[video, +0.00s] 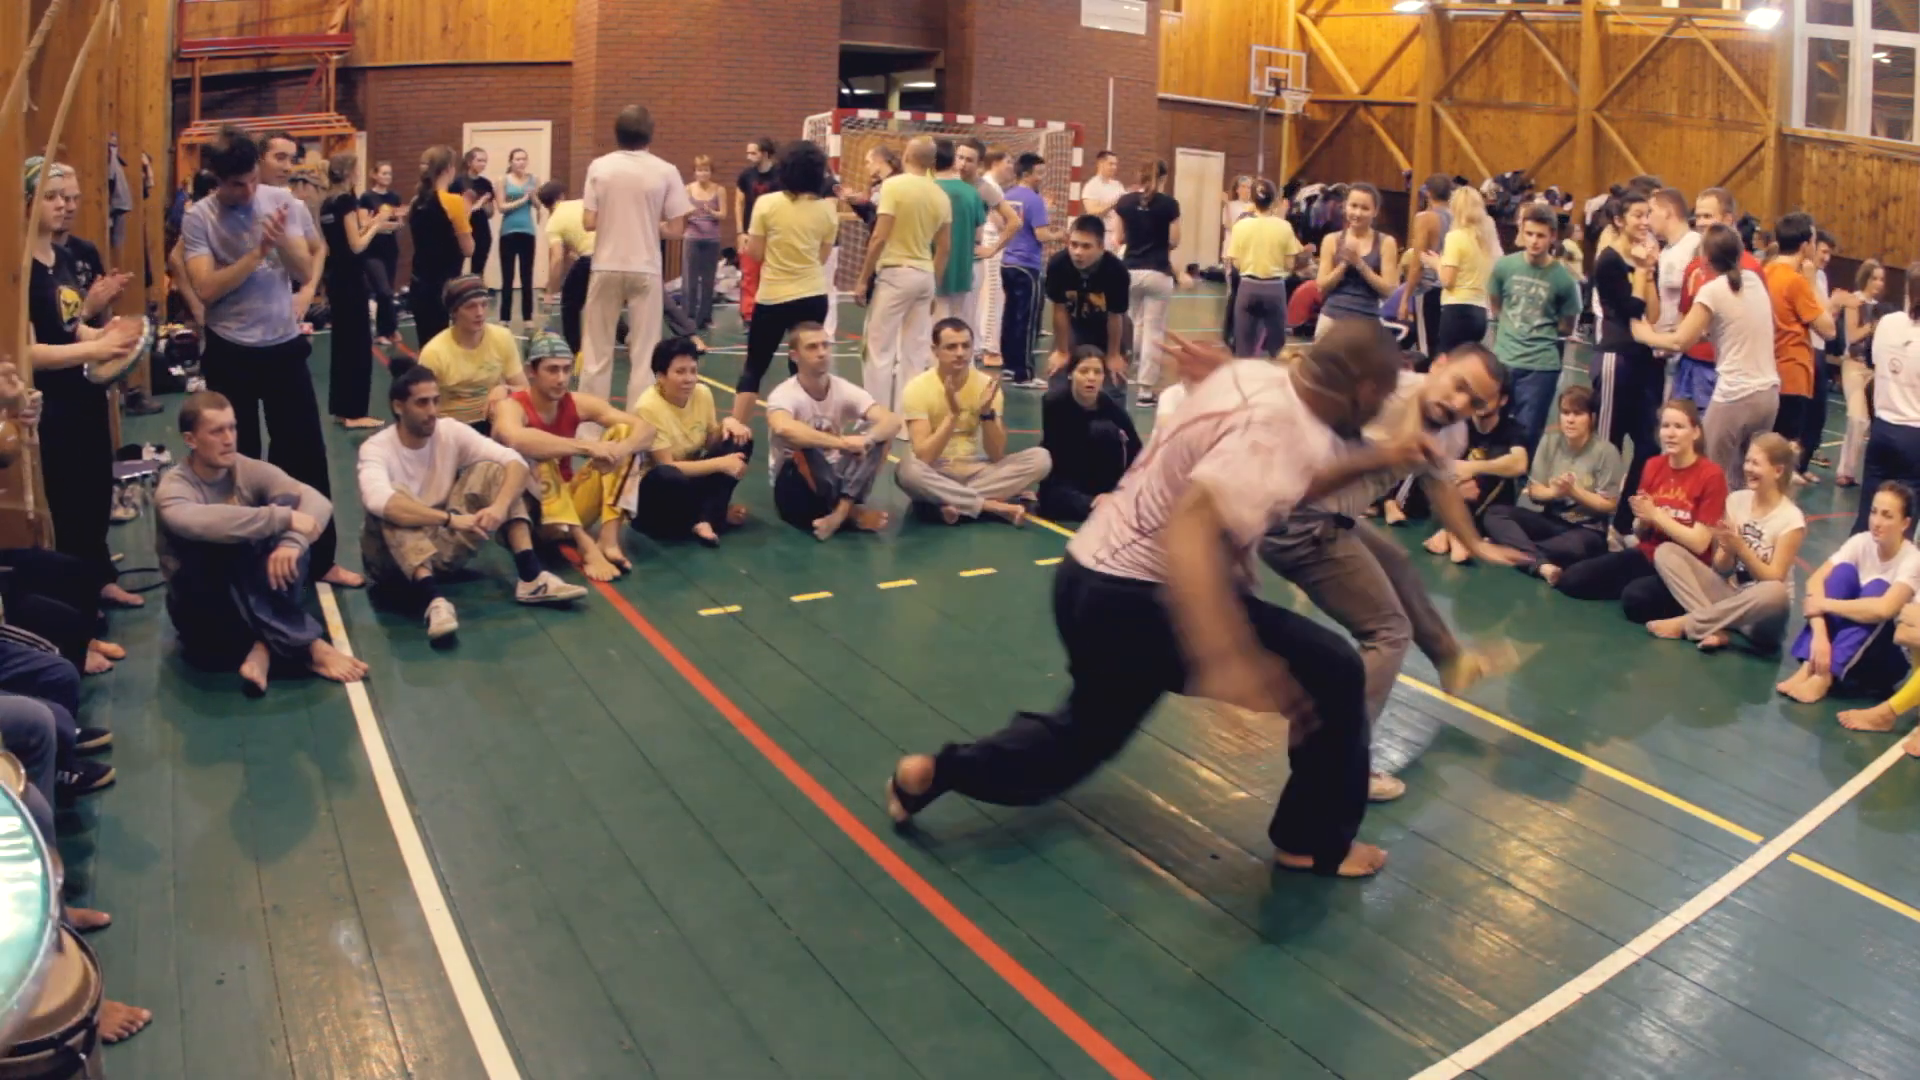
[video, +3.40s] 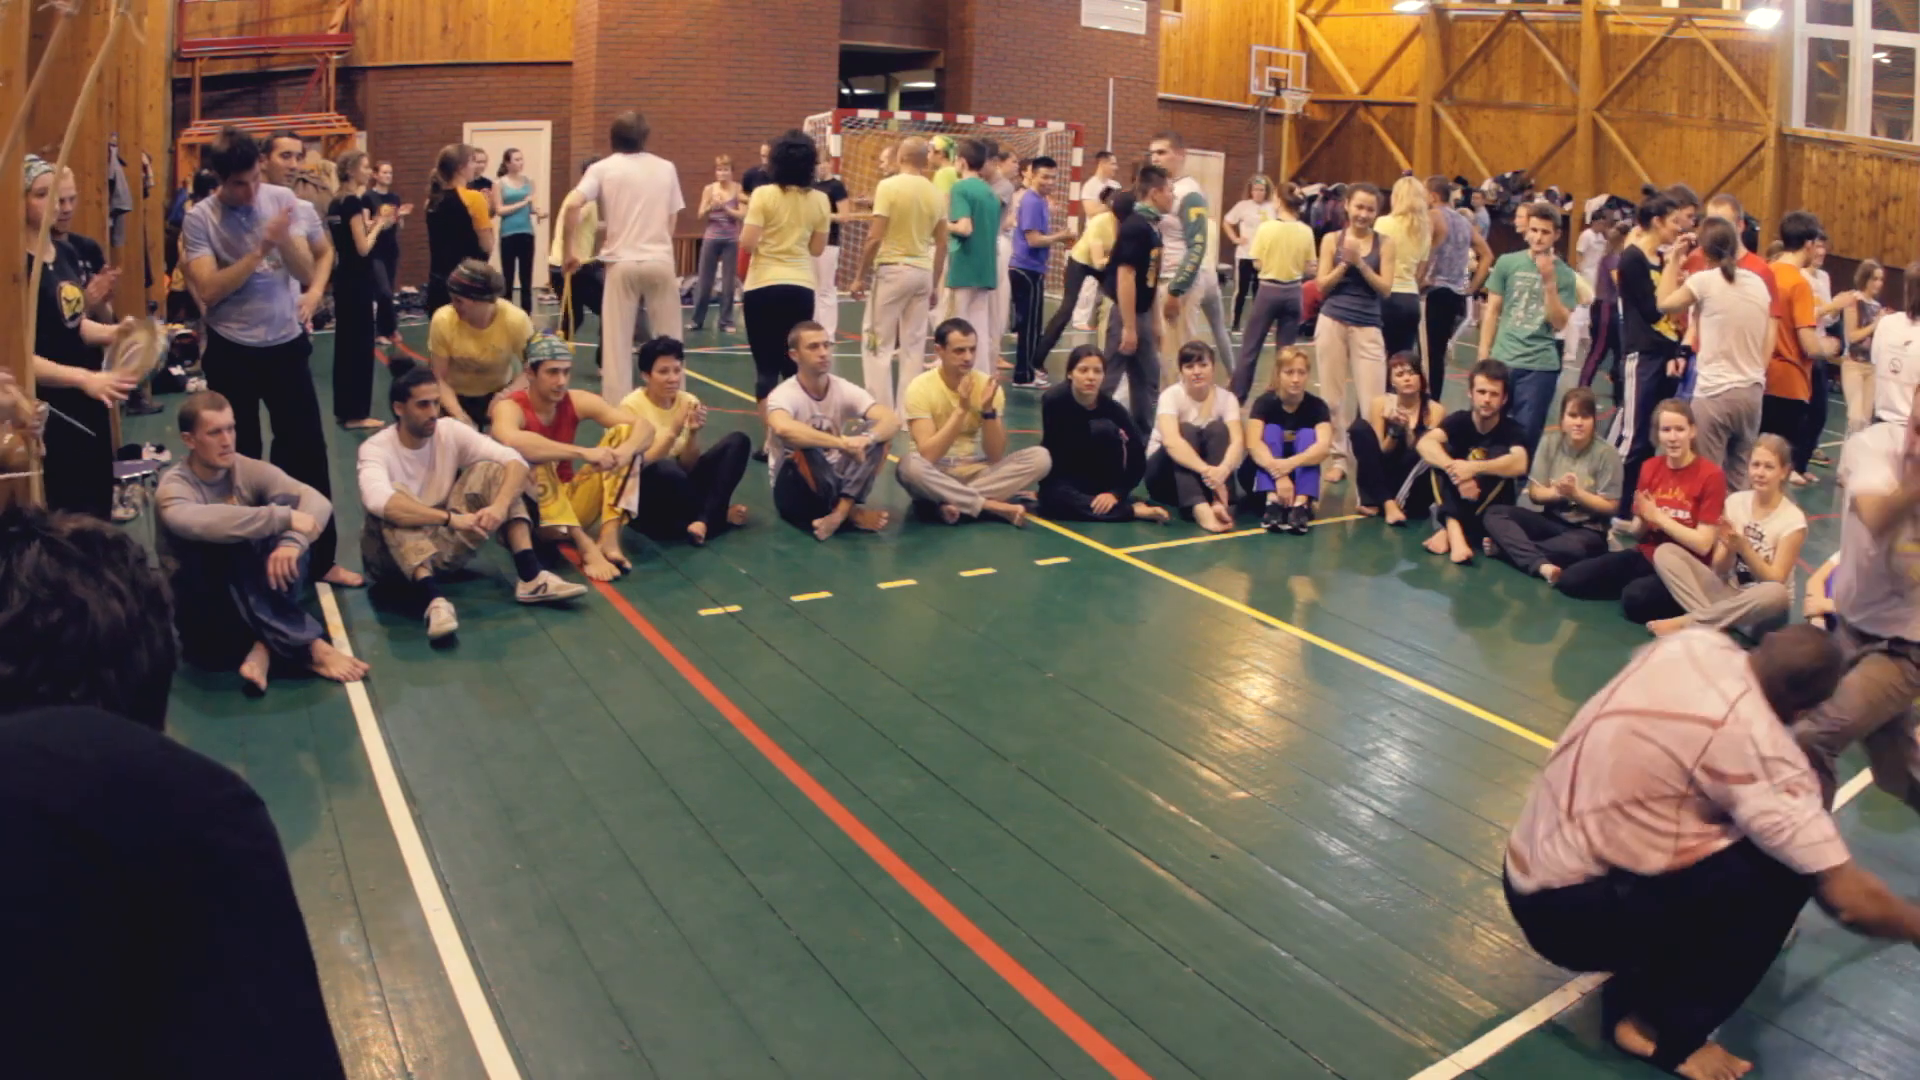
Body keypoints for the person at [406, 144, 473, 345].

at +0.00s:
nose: (455, 171)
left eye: (455, 167)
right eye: (454, 166)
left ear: (428, 168)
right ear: (449, 169)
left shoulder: (415, 204)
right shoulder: (453, 202)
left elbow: (420, 242)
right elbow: (468, 248)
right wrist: (465, 216)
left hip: (420, 281)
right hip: (446, 283)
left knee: (427, 346)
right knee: (445, 345)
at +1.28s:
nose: (480, 167)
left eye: (480, 162)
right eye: (478, 163)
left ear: (450, 166)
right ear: (471, 168)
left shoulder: (433, 201)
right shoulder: (476, 200)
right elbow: (491, 245)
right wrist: (496, 211)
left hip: (438, 283)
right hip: (469, 284)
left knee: (439, 345)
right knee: (467, 344)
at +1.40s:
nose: (481, 167)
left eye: (481, 162)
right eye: (479, 163)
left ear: (451, 166)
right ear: (472, 169)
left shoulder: (436, 201)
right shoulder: (480, 202)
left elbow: (438, 241)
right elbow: (488, 245)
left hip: (441, 279)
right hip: (470, 280)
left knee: (441, 339)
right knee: (469, 338)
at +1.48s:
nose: (484, 167)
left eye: (484, 163)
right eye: (482, 163)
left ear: (454, 165)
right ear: (474, 168)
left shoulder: (437, 200)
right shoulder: (480, 201)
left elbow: (440, 238)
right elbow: (494, 247)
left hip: (442, 278)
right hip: (472, 279)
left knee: (442, 338)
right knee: (471, 338)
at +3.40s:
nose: (476, 166)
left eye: (476, 161)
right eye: (473, 162)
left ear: (445, 167)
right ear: (463, 167)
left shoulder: (432, 200)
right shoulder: (474, 198)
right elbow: (487, 245)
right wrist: (486, 210)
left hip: (438, 280)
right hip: (467, 280)